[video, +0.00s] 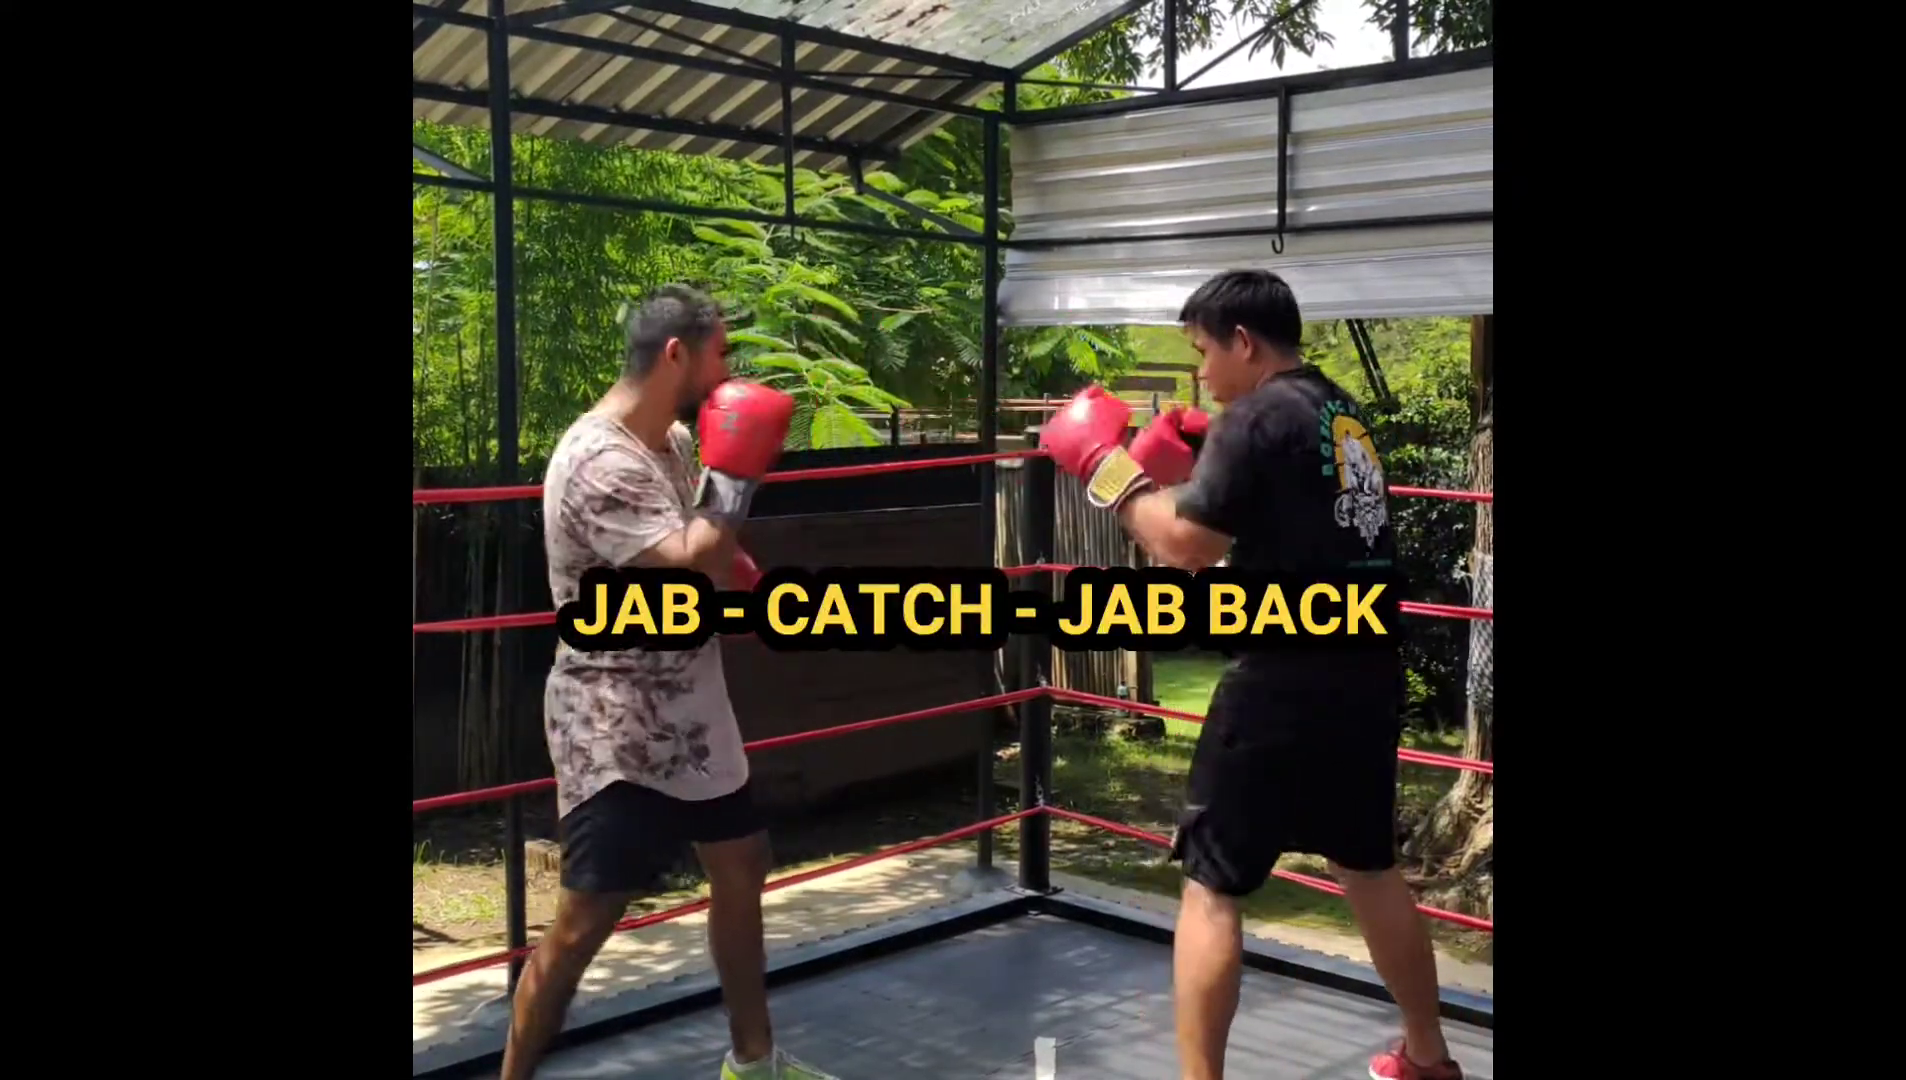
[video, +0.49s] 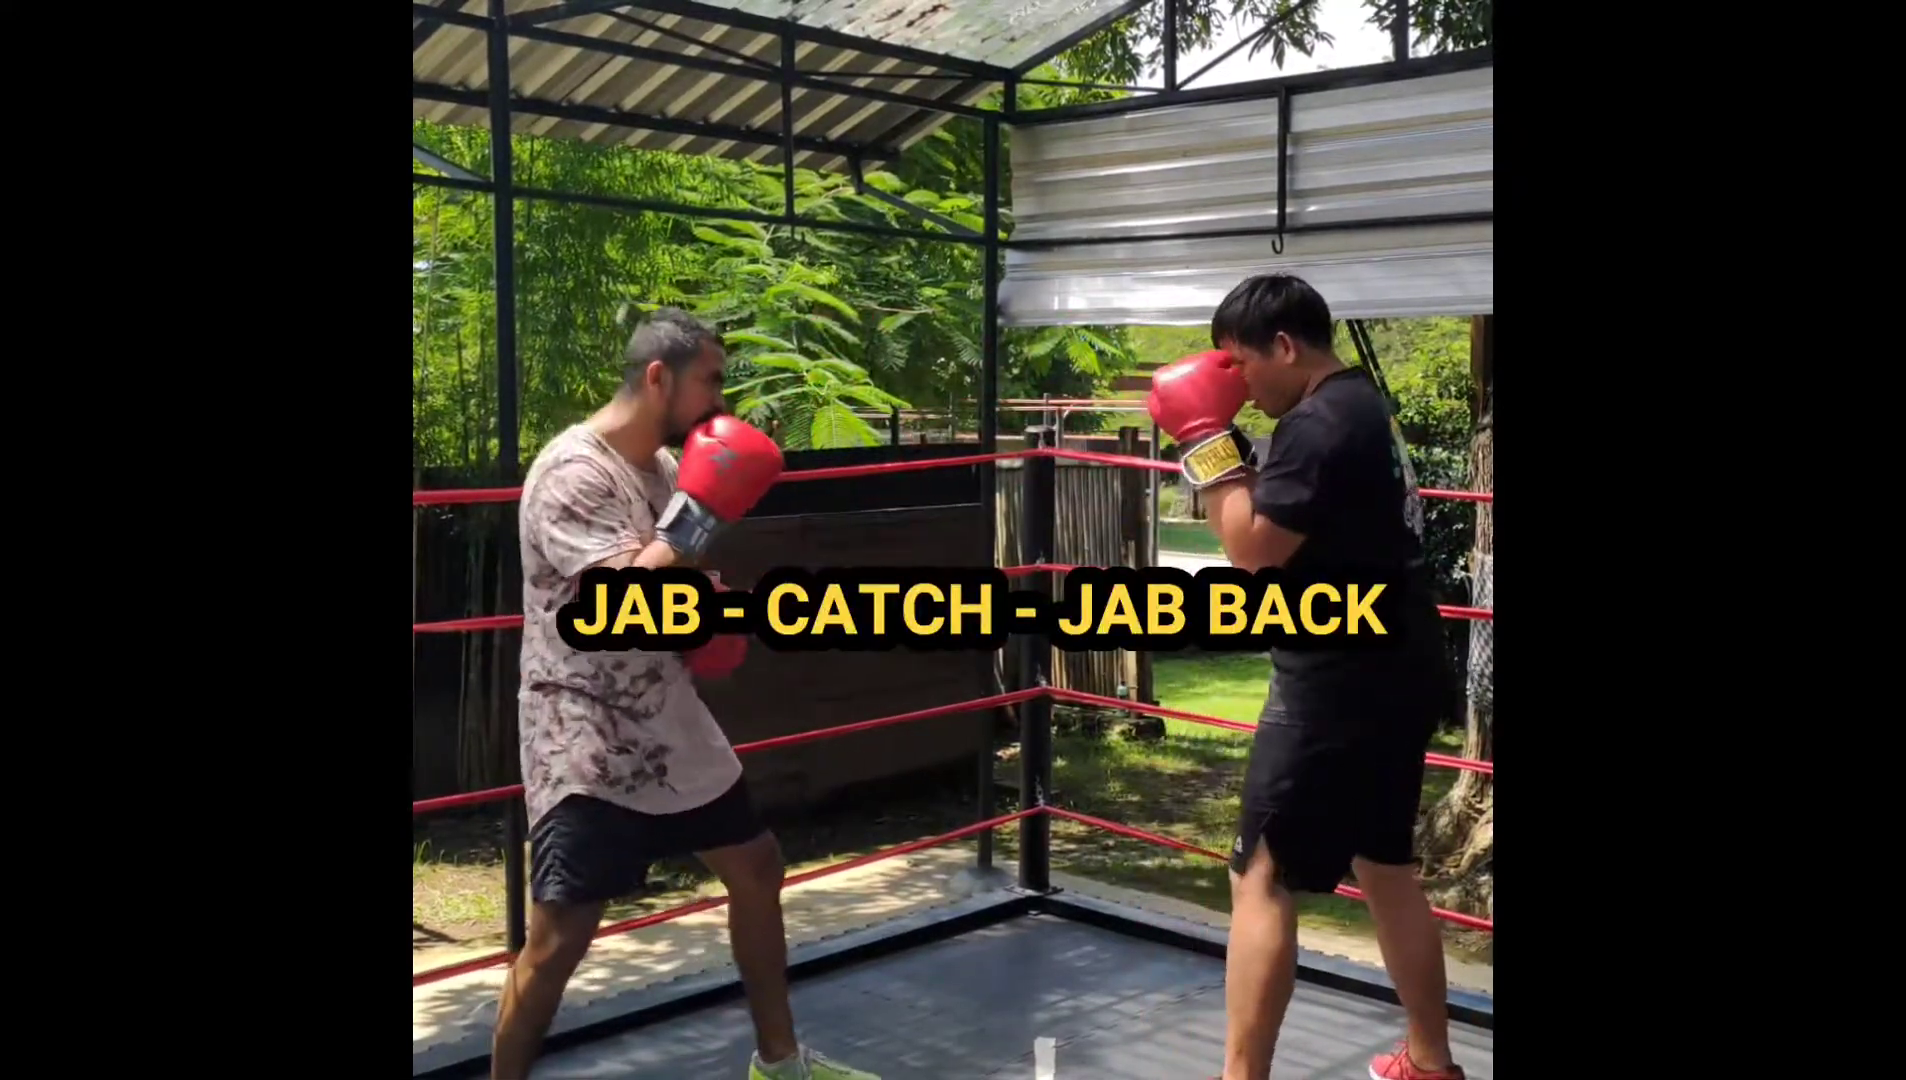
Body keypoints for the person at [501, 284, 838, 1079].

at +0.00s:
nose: (727, 369)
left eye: (728, 353)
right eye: (720, 352)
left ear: (668, 356)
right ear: (674, 354)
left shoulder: (673, 445)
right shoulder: (594, 459)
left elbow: (693, 540)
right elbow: (686, 562)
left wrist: (720, 563)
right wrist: (734, 471)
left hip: (692, 706)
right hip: (611, 717)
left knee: (740, 867)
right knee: (582, 923)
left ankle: (755, 1059)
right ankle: (513, 1074)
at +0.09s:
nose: (715, 379)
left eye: (714, 361)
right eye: (706, 361)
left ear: (654, 363)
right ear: (658, 361)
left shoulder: (666, 446)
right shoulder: (570, 461)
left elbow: (673, 547)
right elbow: (645, 574)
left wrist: (708, 567)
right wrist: (708, 490)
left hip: (677, 719)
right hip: (591, 731)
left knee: (725, 877)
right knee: (560, 932)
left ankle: (754, 1060)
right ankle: (507, 1075)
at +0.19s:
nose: (698, 391)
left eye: (700, 373)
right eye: (690, 373)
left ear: (638, 374)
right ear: (640, 372)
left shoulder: (652, 461)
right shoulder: (550, 478)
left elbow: (660, 570)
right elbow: (614, 603)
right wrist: (687, 513)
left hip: (652, 718)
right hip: (564, 732)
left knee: (719, 872)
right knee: (546, 936)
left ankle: (752, 1059)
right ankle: (502, 1077)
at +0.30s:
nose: (695, 394)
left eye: (698, 378)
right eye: (687, 375)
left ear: (636, 371)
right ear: (636, 368)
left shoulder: (646, 459)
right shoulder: (543, 469)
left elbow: (681, 569)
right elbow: (606, 595)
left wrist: (689, 531)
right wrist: (678, 500)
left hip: (649, 714)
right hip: (560, 727)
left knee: (717, 872)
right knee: (542, 939)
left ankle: (751, 1059)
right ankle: (501, 1077)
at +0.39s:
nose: (698, 393)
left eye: (701, 376)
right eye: (690, 374)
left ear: (640, 372)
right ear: (638, 369)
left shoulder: (643, 457)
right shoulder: (547, 467)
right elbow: (604, 594)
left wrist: (695, 551)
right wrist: (681, 499)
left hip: (653, 713)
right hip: (566, 726)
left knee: (723, 872)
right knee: (547, 936)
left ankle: (761, 1059)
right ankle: (501, 1077)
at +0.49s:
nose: (720, 400)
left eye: (721, 383)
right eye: (711, 382)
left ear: (661, 381)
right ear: (658, 378)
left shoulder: (664, 472)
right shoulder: (568, 475)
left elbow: (693, 578)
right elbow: (619, 599)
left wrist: (707, 632)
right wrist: (700, 508)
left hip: (672, 723)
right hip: (582, 740)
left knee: (757, 873)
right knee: (556, 945)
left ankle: (780, 1057)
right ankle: (504, 1077)